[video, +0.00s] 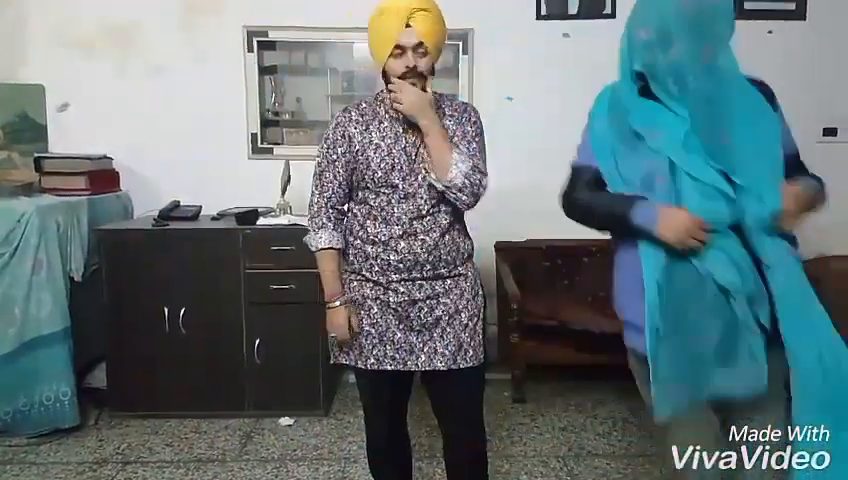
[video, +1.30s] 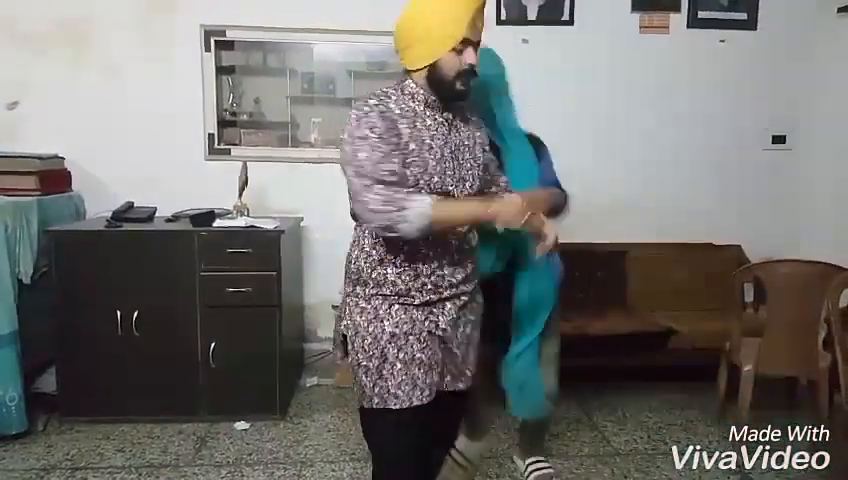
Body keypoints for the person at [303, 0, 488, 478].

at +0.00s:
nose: (411, 62)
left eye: (422, 51)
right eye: (399, 52)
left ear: (437, 56)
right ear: (381, 59)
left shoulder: (460, 117)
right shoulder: (350, 125)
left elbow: (467, 192)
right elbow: (325, 214)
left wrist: (428, 120)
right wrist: (333, 300)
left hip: (449, 294)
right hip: (375, 298)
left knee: (465, 433)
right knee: (384, 433)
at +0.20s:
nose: (439, 58)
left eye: (442, 48)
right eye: (426, 47)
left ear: (446, 54)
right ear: (394, 54)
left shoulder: (454, 121)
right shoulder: (347, 123)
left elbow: (486, 208)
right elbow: (318, 208)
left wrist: (473, 147)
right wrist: (367, 265)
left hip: (448, 299)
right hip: (373, 303)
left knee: (455, 440)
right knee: (379, 439)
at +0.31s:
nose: (444, 59)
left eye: (446, 49)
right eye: (433, 48)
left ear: (445, 54)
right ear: (399, 53)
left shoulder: (454, 121)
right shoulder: (351, 118)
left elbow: (477, 206)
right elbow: (327, 205)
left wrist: (494, 164)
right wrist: (405, 230)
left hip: (446, 300)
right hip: (372, 303)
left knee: (444, 437)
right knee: (375, 434)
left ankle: (432, 473)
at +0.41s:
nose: (452, 62)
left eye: (452, 51)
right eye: (441, 51)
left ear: (449, 57)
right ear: (407, 56)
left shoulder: (451, 122)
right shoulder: (357, 118)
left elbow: (470, 201)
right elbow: (361, 204)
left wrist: (516, 169)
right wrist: (447, 187)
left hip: (442, 300)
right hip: (372, 301)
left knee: (431, 439)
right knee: (373, 436)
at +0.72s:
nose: (474, 107)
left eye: (477, 100)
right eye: (470, 99)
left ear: (444, 87)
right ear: (444, 90)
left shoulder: (439, 123)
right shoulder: (381, 111)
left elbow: (449, 205)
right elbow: (406, 188)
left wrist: (470, 169)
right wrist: (461, 153)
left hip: (435, 296)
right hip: (389, 300)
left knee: (423, 433)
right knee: (391, 435)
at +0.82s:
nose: (472, 99)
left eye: (474, 90)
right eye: (469, 89)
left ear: (440, 79)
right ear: (442, 80)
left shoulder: (429, 121)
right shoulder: (385, 117)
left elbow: (446, 203)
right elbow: (426, 212)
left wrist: (485, 257)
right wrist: (487, 248)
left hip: (427, 302)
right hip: (389, 307)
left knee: (415, 443)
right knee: (399, 447)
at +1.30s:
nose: (473, 60)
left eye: (476, 47)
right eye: (463, 46)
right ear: (425, 46)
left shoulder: (473, 124)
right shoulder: (376, 116)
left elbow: (489, 192)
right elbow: (384, 209)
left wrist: (529, 218)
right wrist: (489, 211)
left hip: (457, 307)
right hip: (391, 310)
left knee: (436, 447)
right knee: (400, 460)